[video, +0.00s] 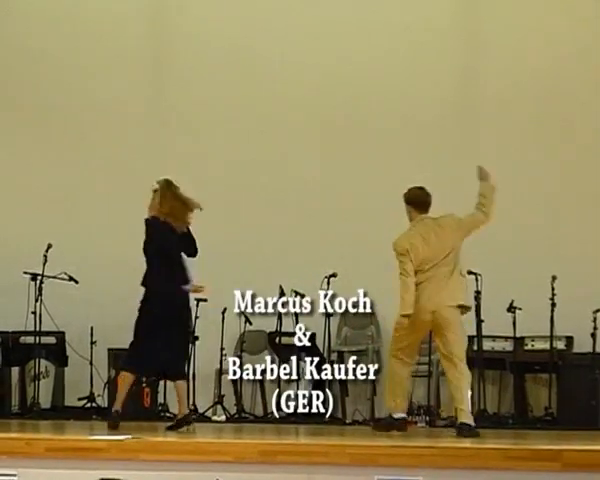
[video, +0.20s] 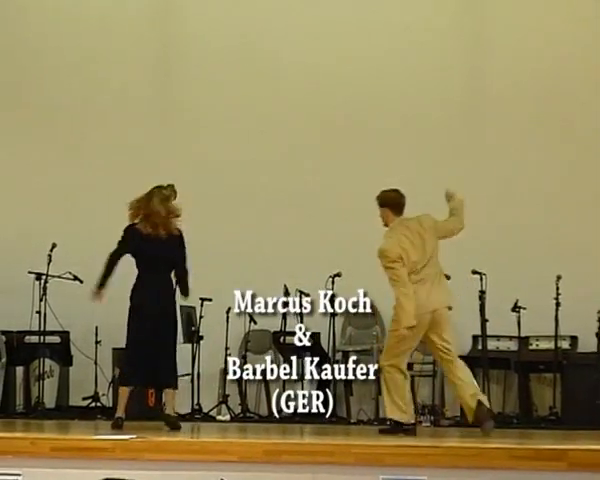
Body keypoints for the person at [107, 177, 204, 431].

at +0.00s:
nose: (150, 200)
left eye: (152, 196)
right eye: (152, 196)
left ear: (158, 200)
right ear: (176, 202)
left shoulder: (153, 224)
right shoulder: (179, 227)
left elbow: (158, 261)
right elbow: (192, 251)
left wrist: (185, 286)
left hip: (155, 295)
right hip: (175, 297)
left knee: (138, 351)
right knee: (176, 354)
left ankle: (116, 407)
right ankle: (183, 412)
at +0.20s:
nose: (172, 210)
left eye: (170, 205)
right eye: (170, 206)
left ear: (146, 206)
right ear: (167, 207)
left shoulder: (134, 231)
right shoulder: (175, 234)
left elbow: (115, 256)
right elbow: (180, 267)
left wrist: (100, 285)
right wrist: (184, 289)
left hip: (141, 294)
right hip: (164, 295)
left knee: (134, 351)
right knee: (167, 351)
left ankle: (120, 412)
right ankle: (170, 410)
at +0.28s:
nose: (172, 211)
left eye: (171, 207)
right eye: (169, 207)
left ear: (150, 208)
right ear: (157, 209)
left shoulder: (130, 233)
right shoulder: (166, 237)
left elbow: (109, 253)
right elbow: (170, 278)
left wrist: (93, 267)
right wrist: (182, 308)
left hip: (139, 298)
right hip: (157, 299)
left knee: (133, 352)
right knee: (171, 351)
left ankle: (121, 413)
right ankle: (168, 408)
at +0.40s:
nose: (171, 209)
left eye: (170, 204)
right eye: (167, 204)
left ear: (152, 207)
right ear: (154, 206)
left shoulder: (136, 230)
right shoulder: (157, 233)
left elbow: (123, 249)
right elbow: (155, 273)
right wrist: (167, 301)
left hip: (134, 294)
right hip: (153, 295)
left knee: (134, 351)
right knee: (174, 350)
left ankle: (120, 413)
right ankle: (171, 405)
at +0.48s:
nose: (169, 203)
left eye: (169, 198)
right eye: (165, 199)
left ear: (153, 202)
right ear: (152, 201)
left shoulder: (142, 225)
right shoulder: (155, 226)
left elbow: (146, 255)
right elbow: (148, 256)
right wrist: (151, 278)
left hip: (139, 288)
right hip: (155, 288)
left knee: (134, 349)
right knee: (173, 347)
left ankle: (119, 412)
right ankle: (177, 407)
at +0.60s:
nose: (173, 200)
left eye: (172, 196)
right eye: (169, 197)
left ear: (160, 200)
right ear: (156, 200)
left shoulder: (163, 224)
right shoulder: (154, 224)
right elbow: (138, 247)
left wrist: (205, 218)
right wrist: (135, 265)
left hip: (152, 292)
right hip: (155, 292)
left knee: (136, 350)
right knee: (176, 350)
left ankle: (117, 413)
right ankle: (177, 410)